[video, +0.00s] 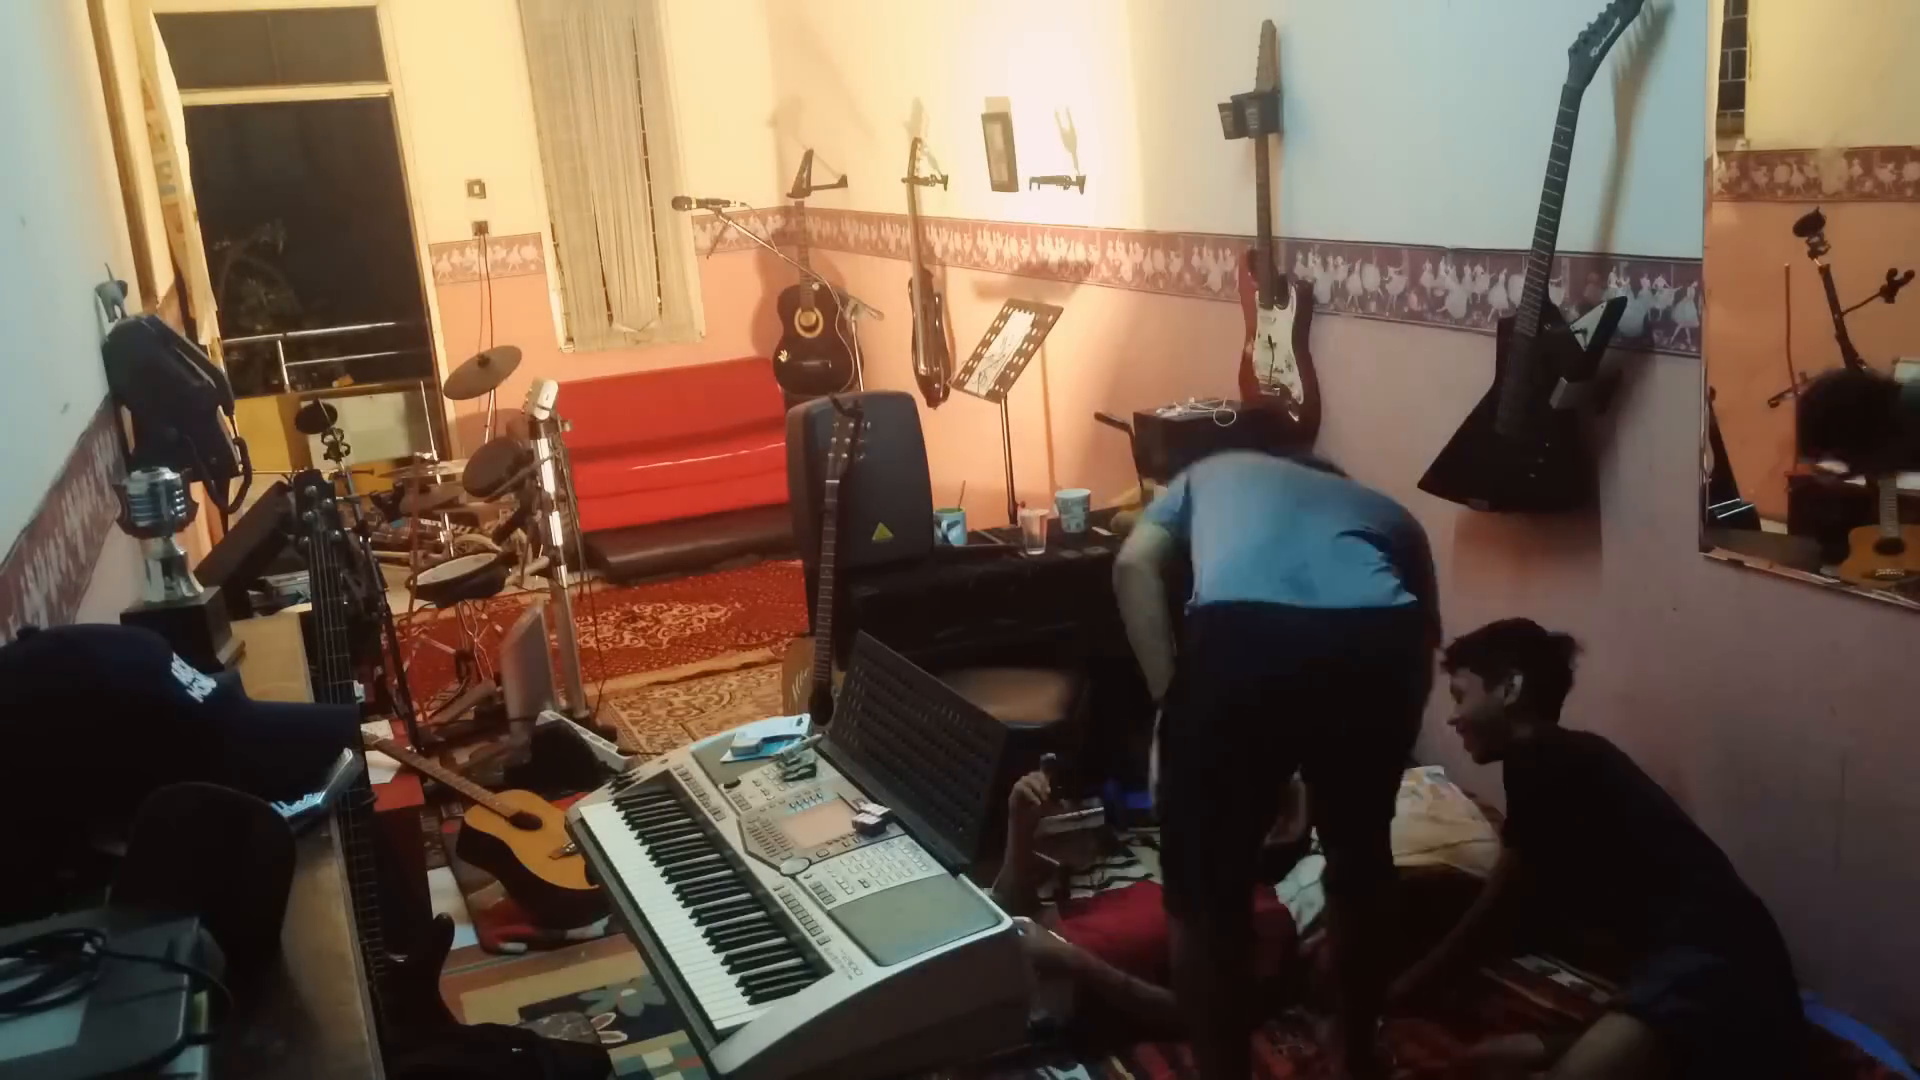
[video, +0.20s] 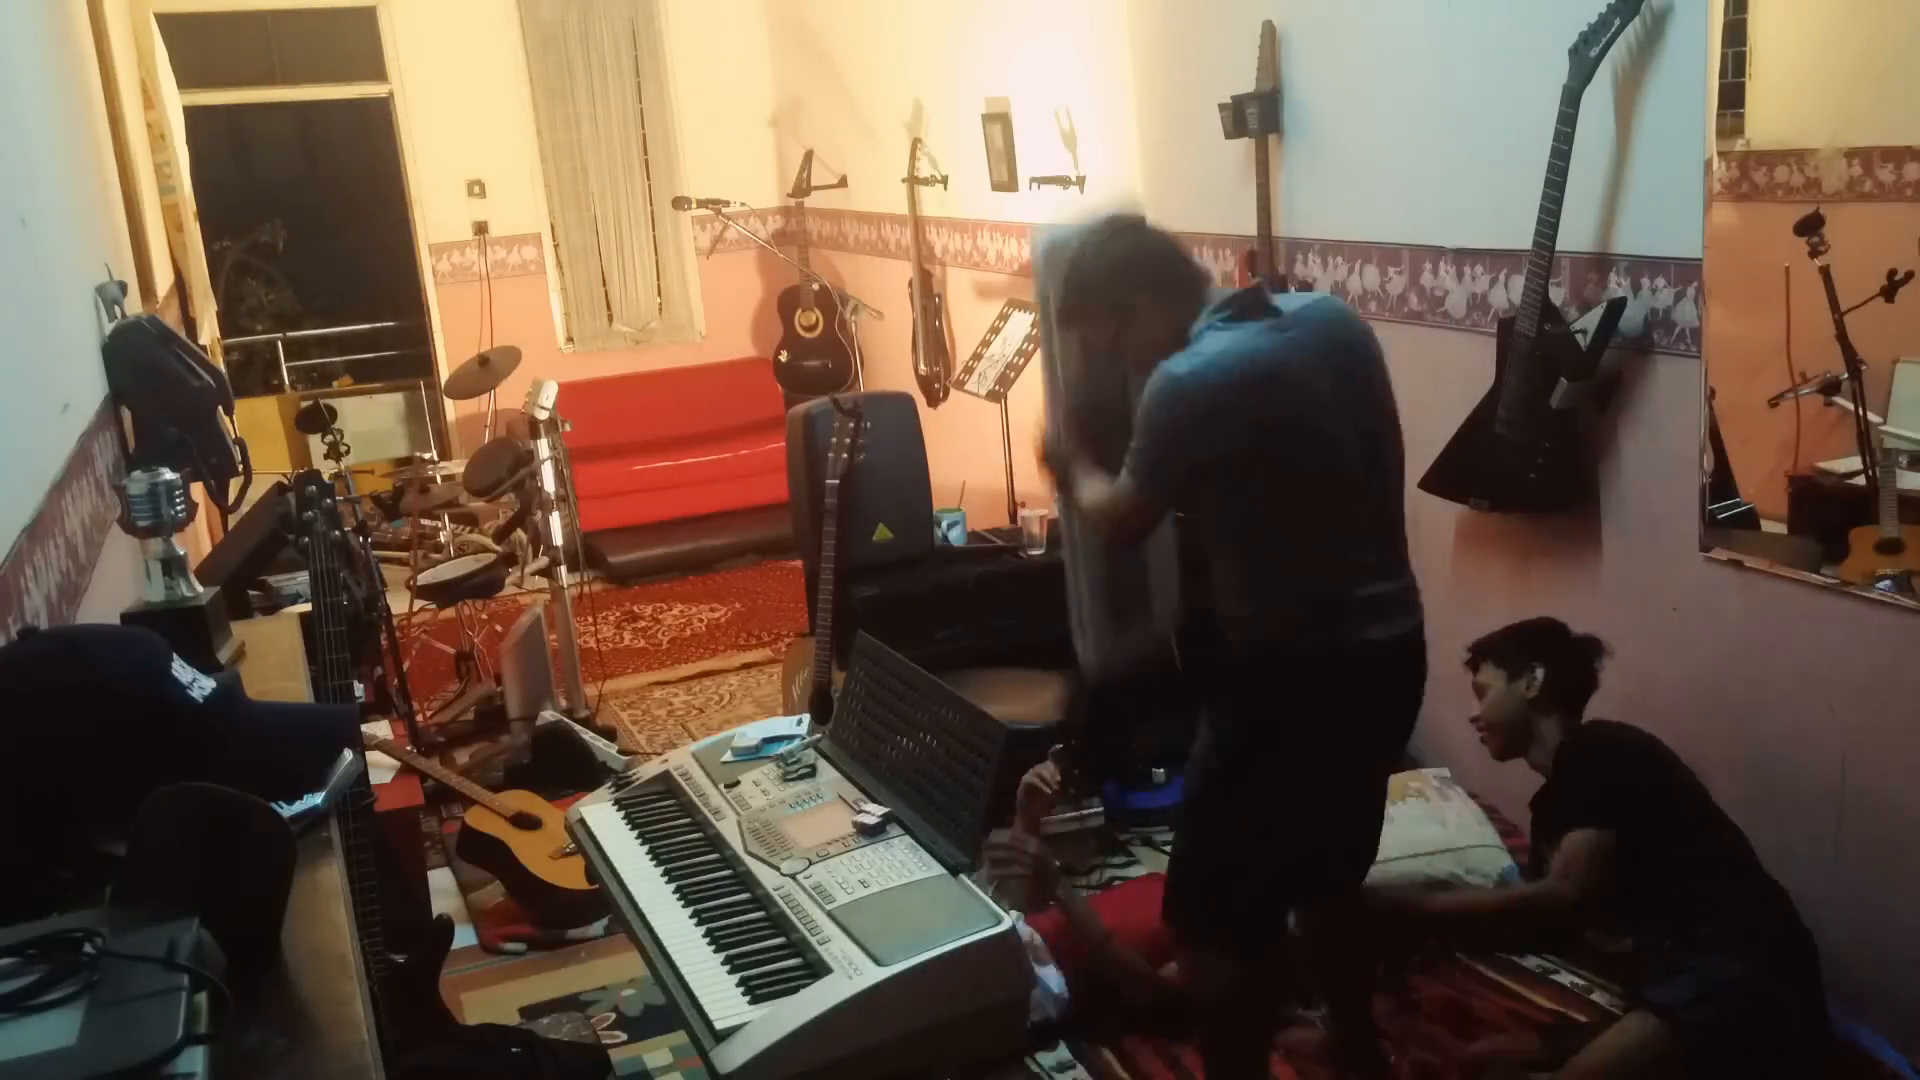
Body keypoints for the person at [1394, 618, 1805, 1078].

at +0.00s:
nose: (1453, 717)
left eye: (1460, 696)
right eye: (1454, 699)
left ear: (1510, 690)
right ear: (1511, 691)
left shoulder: (1541, 766)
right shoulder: (1577, 755)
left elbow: (1506, 901)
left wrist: (1418, 982)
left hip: (1709, 968)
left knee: (1583, 1065)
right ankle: (1556, 1046)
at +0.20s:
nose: (1474, 713)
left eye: (1483, 693)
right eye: (1474, 696)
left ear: (1533, 683)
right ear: (1530, 685)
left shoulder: (1597, 752)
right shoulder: (1557, 798)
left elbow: (1569, 893)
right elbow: (1542, 905)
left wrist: (1419, 906)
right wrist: (1421, 912)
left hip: (1744, 969)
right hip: (1688, 964)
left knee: (1581, 1070)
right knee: (1491, 1055)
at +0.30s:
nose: (1470, 704)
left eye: (1480, 684)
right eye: (1470, 686)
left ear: (1531, 680)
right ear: (1531, 684)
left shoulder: (1581, 740)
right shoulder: (1567, 757)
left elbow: (1526, 875)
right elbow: (1555, 913)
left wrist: (1447, 874)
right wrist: (1428, 912)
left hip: (1732, 956)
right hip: (1690, 957)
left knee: (1585, 1069)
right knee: (1486, 1058)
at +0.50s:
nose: (1691, 623)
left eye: (1694, 603)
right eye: (1690, 602)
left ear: (1733, 621)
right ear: (1817, 597)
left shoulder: (1726, 766)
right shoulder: (1906, 722)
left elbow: (1659, 912)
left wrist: (1661, 738)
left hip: (1762, 1036)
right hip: (1895, 1025)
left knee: (1554, 1059)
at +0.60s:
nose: (1689, 630)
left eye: (1686, 613)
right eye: (1685, 613)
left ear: (1705, 622)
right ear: (1808, 595)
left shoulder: (1713, 766)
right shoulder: (1905, 730)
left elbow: (1643, 909)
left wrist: (1661, 740)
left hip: (1758, 1037)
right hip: (1890, 1029)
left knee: (1547, 1059)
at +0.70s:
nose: (1715, 598)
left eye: (1717, 581)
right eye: (1716, 580)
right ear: (1837, 589)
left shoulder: (1722, 742)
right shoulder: (1908, 724)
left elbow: (1717, 939)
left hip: (1753, 1042)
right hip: (1884, 1033)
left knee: (1561, 1052)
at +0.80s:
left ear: (1689, 619)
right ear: (1813, 609)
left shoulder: (1683, 780)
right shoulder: (1900, 729)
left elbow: (1689, 980)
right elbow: (1900, 936)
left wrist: (1613, 1028)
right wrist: (1629, 1016)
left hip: (1741, 1055)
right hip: (1882, 1043)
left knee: (1565, 1055)